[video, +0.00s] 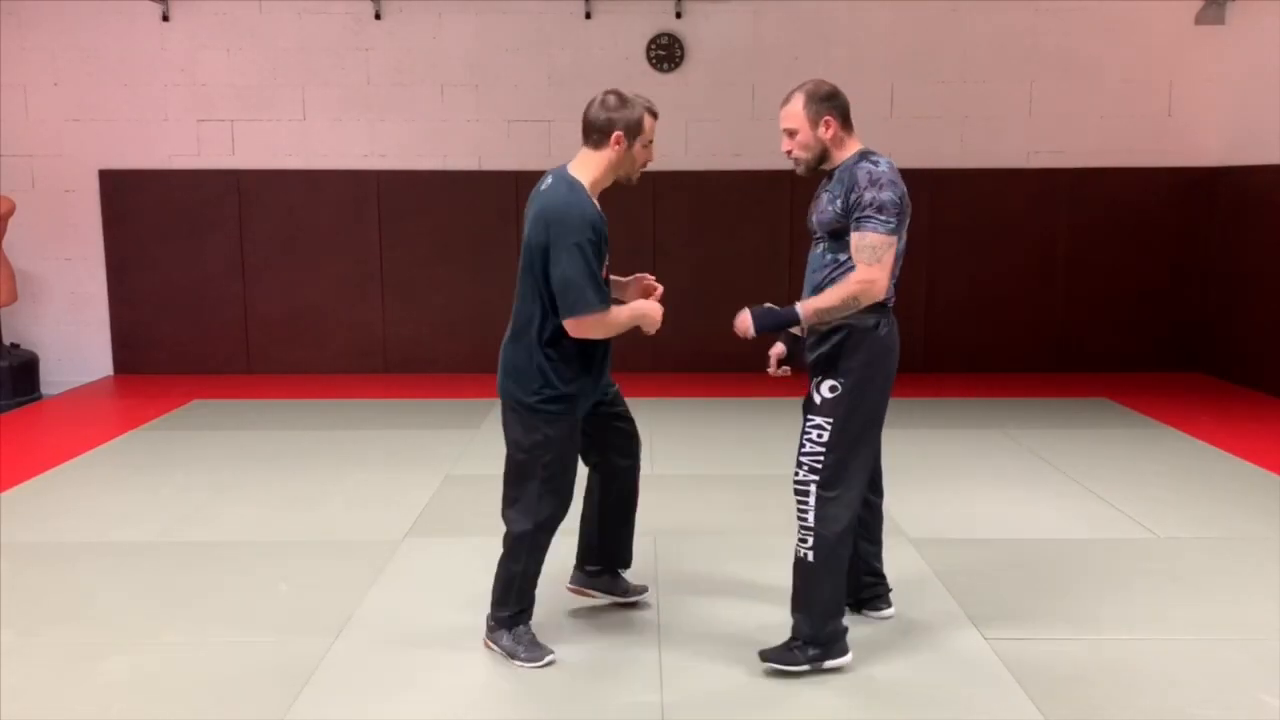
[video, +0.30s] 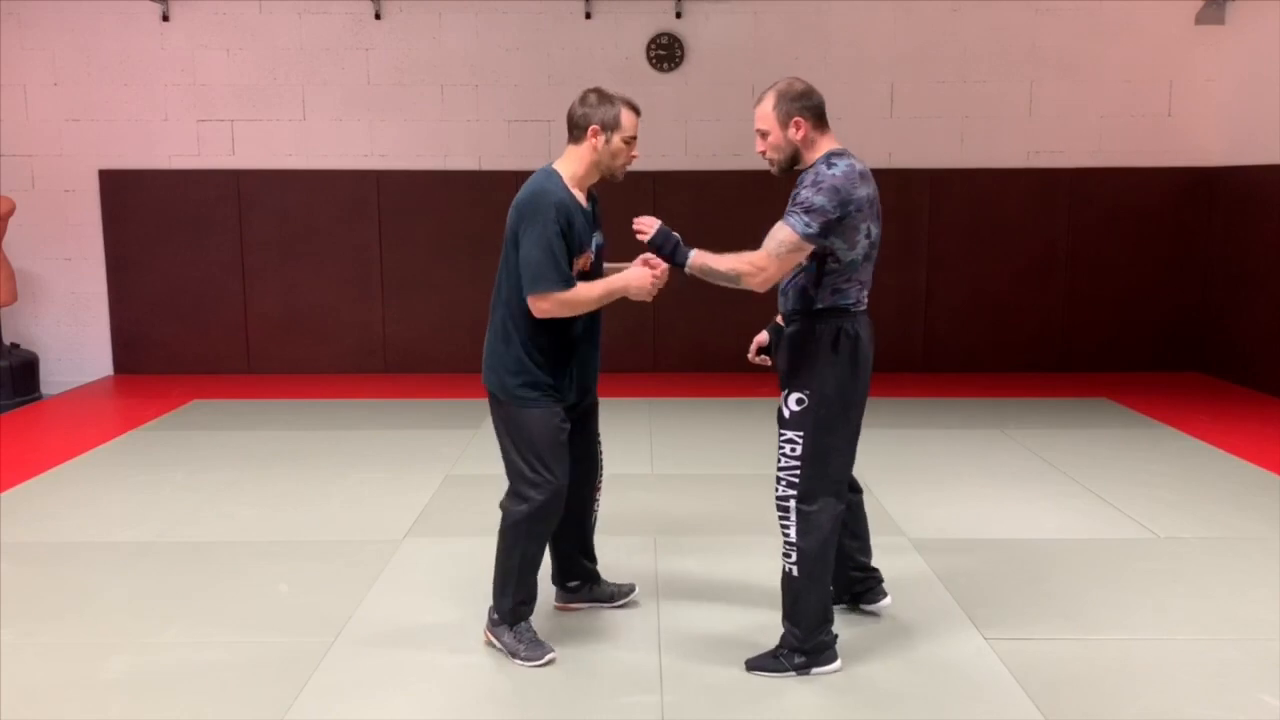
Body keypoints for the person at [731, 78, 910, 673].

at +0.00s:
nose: (785, 145)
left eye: (793, 133)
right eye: (783, 134)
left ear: (828, 127)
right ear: (826, 128)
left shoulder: (871, 179)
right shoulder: (837, 181)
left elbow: (872, 281)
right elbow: (835, 278)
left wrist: (781, 318)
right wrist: (797, 336)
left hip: (858, 346)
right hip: (839, 344)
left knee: (819, 484)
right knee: (852, 473)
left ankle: (819, 639)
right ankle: (865, 587)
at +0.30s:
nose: (760, 146)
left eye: (765, 133)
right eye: (758, 134)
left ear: (800, 128)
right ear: (804, 127)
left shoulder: (829, 183)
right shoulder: (841, 172)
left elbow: (762, 269)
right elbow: (828, 270)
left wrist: (679, 253)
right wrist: (783, 328)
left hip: (822, 343)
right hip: (833, 338)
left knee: (802, 493)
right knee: (829, 475)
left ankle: (807, 643)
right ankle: (857, 580)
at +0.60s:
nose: (727, 151)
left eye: (730, 139)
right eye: (725, 139)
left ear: (761, 130)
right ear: (778, 129)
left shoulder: (772, 184)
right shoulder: (841, 177)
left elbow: (672, 246)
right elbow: (850, 277)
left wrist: (590, 241)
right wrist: (822, 330)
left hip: (796, 345)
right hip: (833, 338)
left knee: (787, 489)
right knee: (814, 476)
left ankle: (808, 644)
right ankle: (814, 577)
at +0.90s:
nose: (712, 155)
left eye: (719, 143)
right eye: (711, 143)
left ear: (752, 136)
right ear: (760, 137)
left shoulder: (776, 187)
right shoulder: (808, 178)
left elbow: (672, 245)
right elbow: (692, 242)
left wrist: (594, 221)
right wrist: (609, 229)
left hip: (791, 340)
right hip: (810, 337)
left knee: (755, 480)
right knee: (791, 478)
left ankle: (795, 632)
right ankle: (801, 601)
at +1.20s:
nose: (698, 156)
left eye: (702, 144)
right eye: (696, 145)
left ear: (735, 138)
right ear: (745, 137)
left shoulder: (756, 190)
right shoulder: (798, 178)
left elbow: (663, 248)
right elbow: (790, 272)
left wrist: (588, 230)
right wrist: (746, 320)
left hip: (772, 344)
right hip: (798, 340)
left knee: (751, 488)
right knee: (786, 470)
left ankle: (755, 641)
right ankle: (798, 580)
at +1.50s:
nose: (690, 157)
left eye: (693, 145)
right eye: (687, 146)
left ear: (725, 136)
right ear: (737, 134)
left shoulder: (751, 189)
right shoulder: (790, 178)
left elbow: (653, 248)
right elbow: (681, 245)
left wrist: (570, 226)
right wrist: (594, 237)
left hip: (763, 346)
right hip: (794, 342)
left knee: (747, 490)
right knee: (787, 475)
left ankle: (756, 640)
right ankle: (803, 582)